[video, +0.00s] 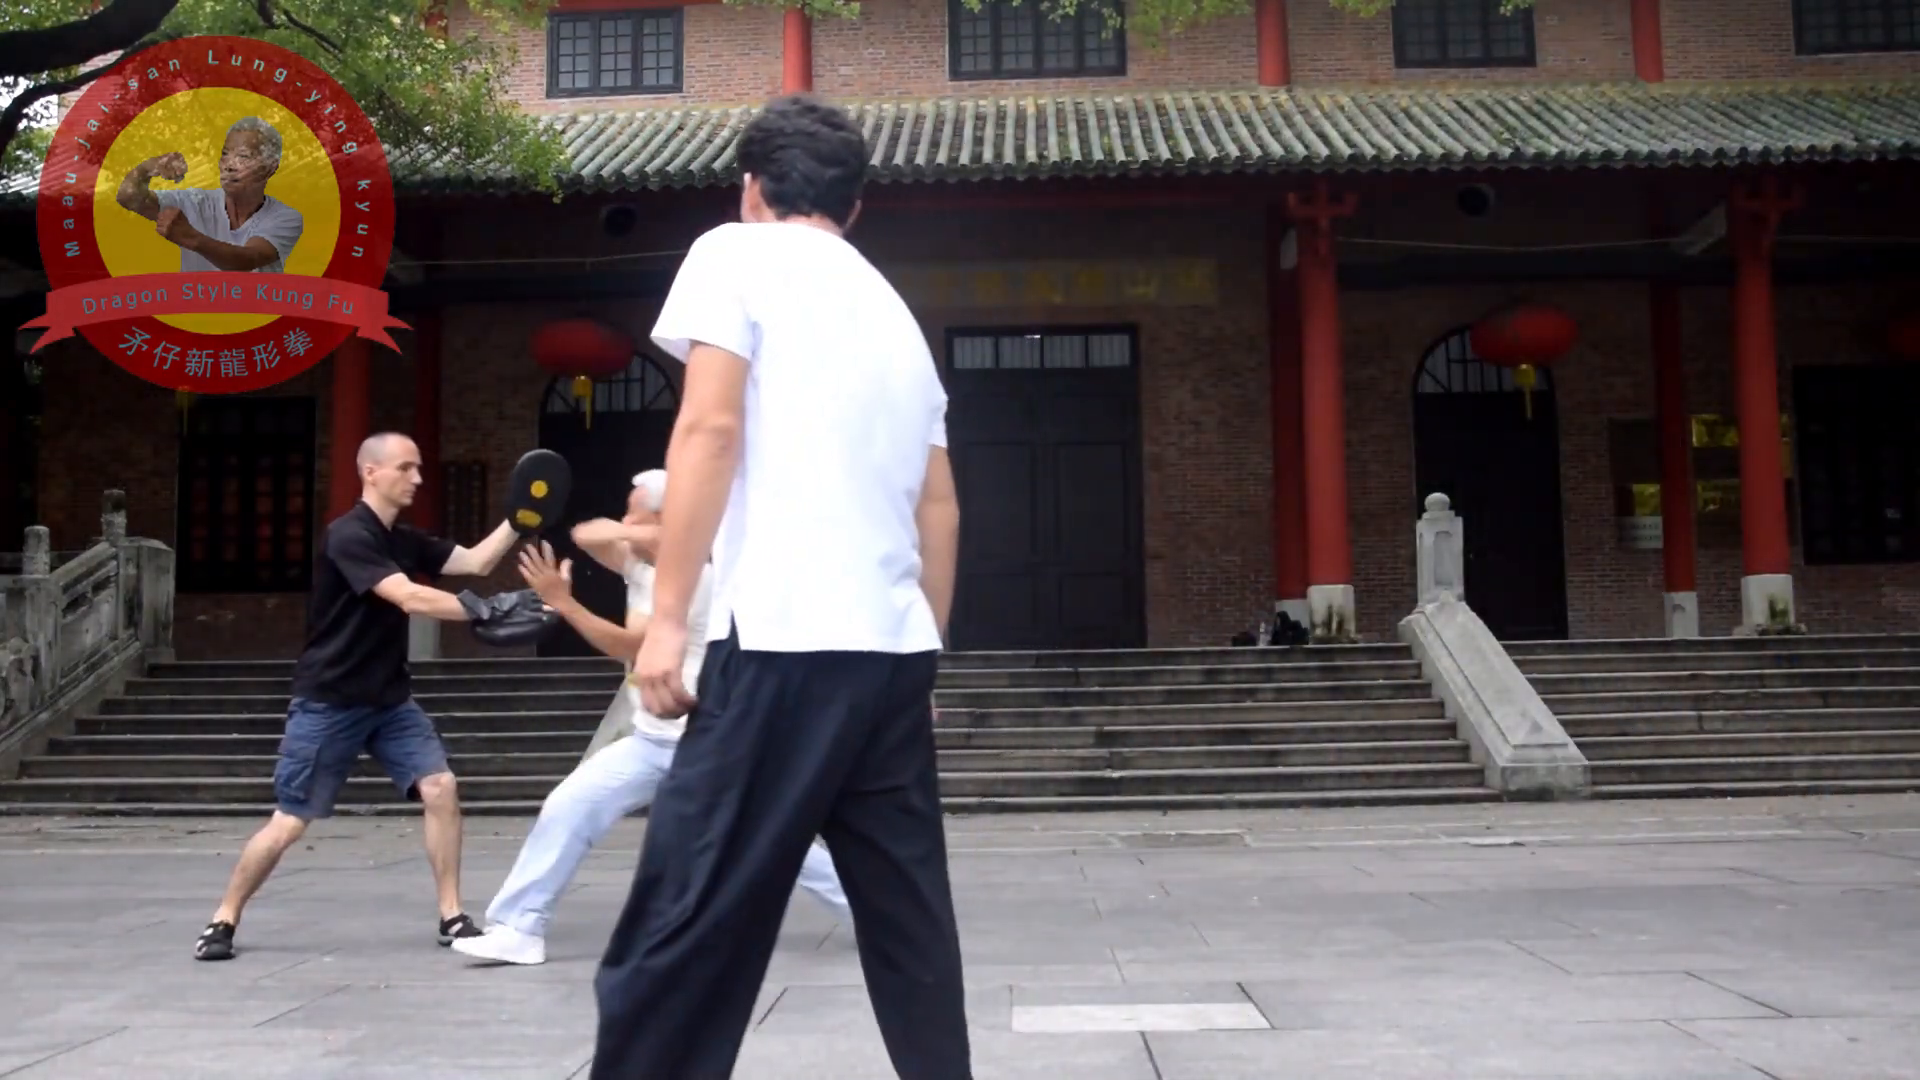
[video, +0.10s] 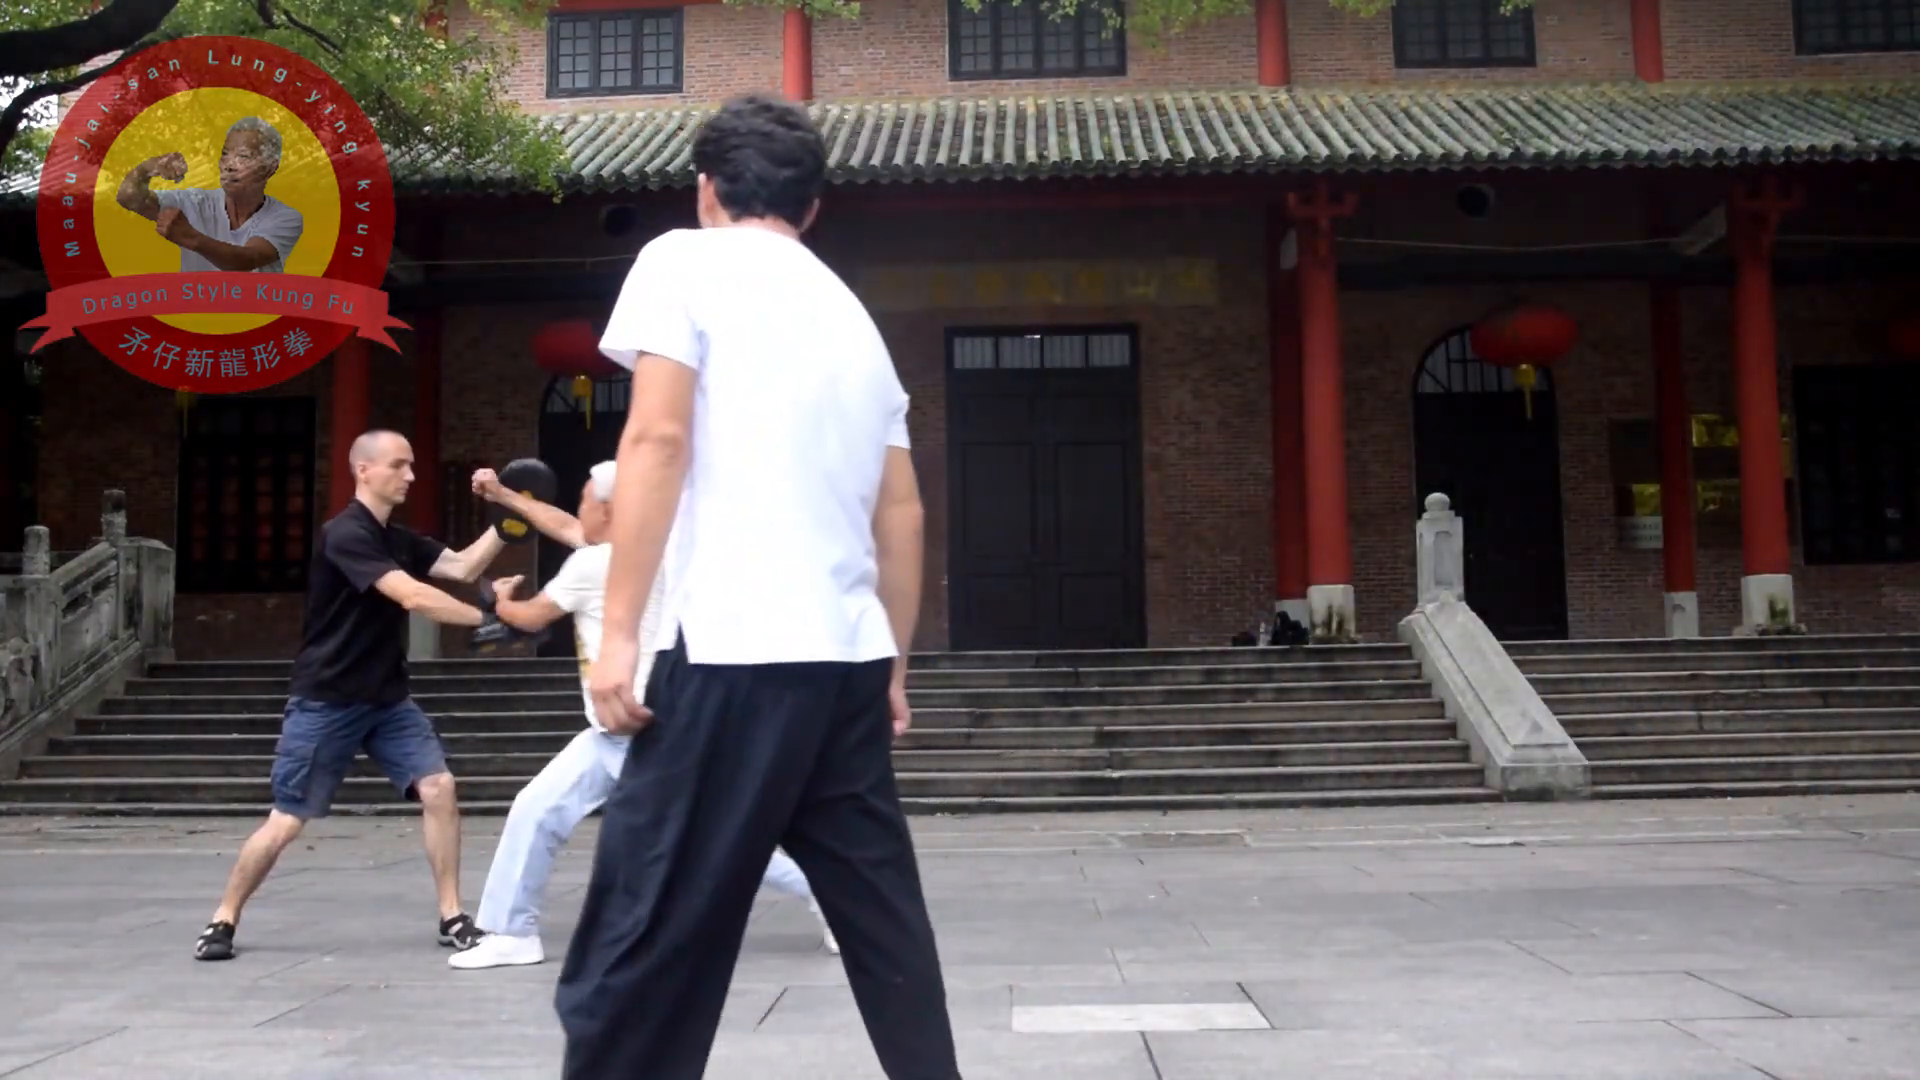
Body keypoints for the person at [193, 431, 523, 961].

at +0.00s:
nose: (417, 478)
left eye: (418, 469)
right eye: (406, 468)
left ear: (410, 477)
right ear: (370, 473)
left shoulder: (404, 538)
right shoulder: (347, 535)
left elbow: (474, 560)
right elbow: (407, 596)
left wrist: (523, 515)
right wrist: (485, 612)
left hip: (390, 701)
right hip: (327, 703)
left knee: (441, 788)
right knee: (289, 824)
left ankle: (453, 915)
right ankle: (224, 920)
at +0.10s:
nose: (409, 475)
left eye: (411, 466)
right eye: (399, 465)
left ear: (399, 474)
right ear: (363, 470)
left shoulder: (395, 535)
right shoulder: (345, 534)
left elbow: (463, 566)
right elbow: (412, 596)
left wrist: (508, 516)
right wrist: (487, 613)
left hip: (388, 700)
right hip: (325, 702)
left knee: (440, 787)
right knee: (287, 822)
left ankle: (453, 916)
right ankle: (225, 920)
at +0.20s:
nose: (405, 475)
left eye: (406, 465)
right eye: (394, 466)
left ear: (393, 474)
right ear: (359, 473)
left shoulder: (388, 536)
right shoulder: (347, 534)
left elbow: (455, 574)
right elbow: (413, 605)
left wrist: (517, 538)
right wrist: (478, 631)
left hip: (383, 700)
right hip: (323, 703)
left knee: (438, 787)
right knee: (286, 822)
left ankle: (453, 916)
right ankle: (224, 919)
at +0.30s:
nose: (404, 477)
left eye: (405, 468)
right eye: (393, 468)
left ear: (391, 476)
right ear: (358, 473)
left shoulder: (383, 537)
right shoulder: (343, 534)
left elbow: (451, 579)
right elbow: (414, 604)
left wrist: (510, 542)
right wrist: (489, 621)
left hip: (378, 700)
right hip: (320, 701)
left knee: (435, 786)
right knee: (286, 823)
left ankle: (453, 915)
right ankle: (224, 919)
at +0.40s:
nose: (400, 477)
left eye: (401, 467)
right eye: (389, 466)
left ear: (396, 474)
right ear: (353, 471)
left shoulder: (394, 542)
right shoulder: (335, 534)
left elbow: (456, 596)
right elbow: (404, 603)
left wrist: (436, 527)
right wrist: (461, 606)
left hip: (382, 701)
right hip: (319, 702)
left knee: (435, 786)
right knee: (286, 822)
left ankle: (452, 916)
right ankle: (224, 919)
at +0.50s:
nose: (391, 473)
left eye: (392, 463)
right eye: (380, 464)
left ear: (390, 468)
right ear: (348, 470)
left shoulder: (384, 528)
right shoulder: (332, 532)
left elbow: (433, 564)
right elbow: (394, 593)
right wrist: (463, 613)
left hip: (381, 695)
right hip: (317, 698)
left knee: (434, 787)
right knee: (284, 821)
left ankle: (452, 915)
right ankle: (224, 919)